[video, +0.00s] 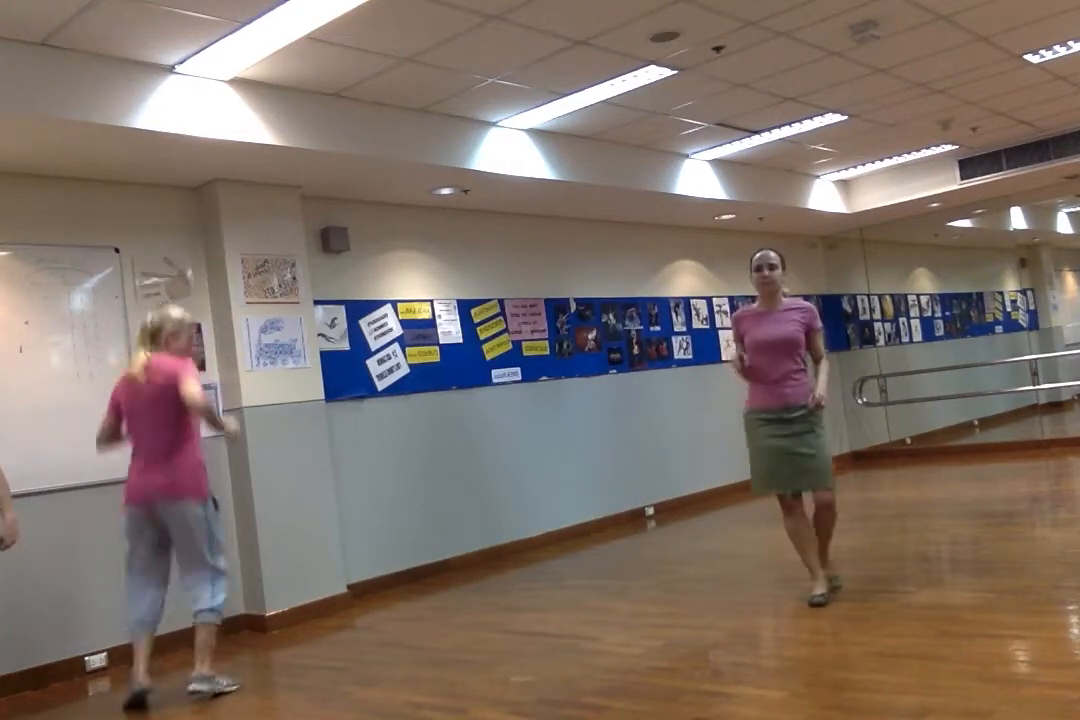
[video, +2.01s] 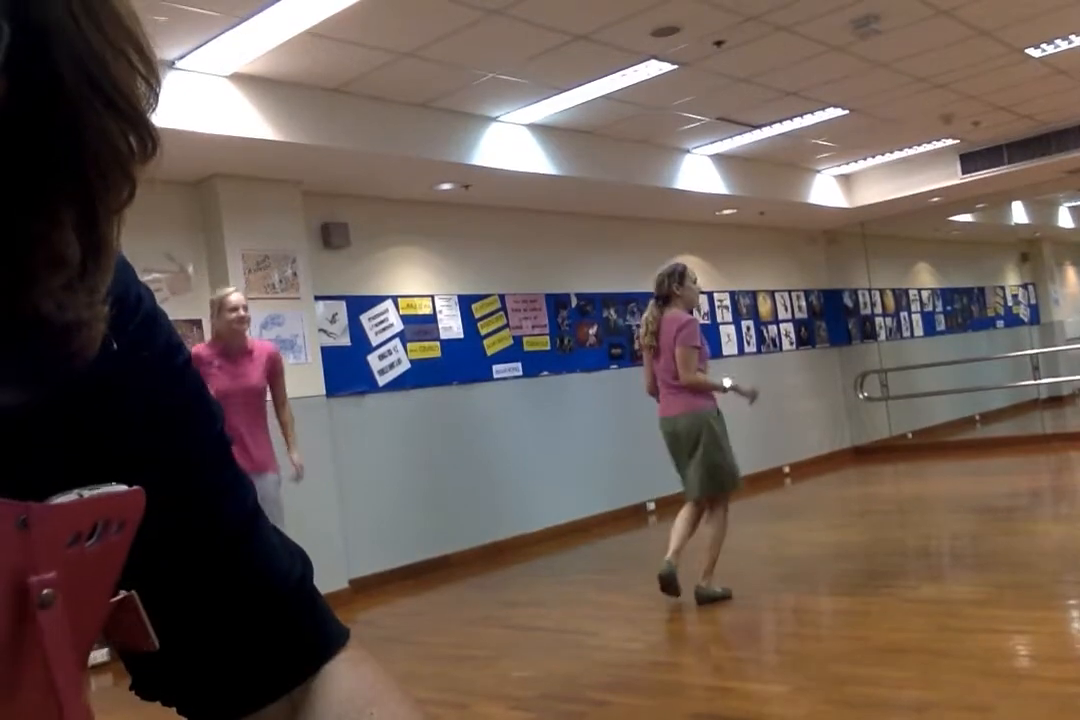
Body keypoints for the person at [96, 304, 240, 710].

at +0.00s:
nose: (192, 342)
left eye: (192, 335)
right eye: (188, 335)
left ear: (152, 336)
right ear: (170, 335)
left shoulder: (127, 378)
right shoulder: (180, 365)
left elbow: (106, 439)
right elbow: (193, 399)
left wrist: (139, 428)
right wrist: (221, 424)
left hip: (140, 489)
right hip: (183, 487)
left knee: (145, 578)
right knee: (205, 574)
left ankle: (139, 678)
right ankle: (203, 673)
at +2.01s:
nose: (241, 315)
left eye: (244, 308)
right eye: (233, 310)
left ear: (249, 313)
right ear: (216, 318)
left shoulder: (267, 353)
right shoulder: (199, 357)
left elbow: (281, 404)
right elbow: (194, 411)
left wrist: (292, 450)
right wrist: (201, 459)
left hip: (260, 460)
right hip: (220, 463)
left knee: (271, 536)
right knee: (230, 538)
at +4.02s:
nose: (536, 312)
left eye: (537, 307)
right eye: (529, 308)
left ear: (535, 313)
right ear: (511, 314)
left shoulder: (540, 352)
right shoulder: (501, 348)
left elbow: (568, 382)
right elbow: (475, 390)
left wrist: (605, 394)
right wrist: (461, 425)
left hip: (531, 443)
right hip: (510, 444)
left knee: (524, 513)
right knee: (560, 496)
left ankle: (518, 585)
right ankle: (553, 572)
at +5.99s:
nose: (544, 304)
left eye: (549, 299)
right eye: (538, 300)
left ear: (557, 305)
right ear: (529, 307)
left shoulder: (573, 345)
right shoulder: (519, 346)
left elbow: (577, 391)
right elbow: (512, 393)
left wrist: (581, 432)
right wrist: (522, 429)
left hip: (570, 439)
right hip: (535, 443)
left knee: (580, 504)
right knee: (539, 513)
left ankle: (580, 584)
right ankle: (547, 581)